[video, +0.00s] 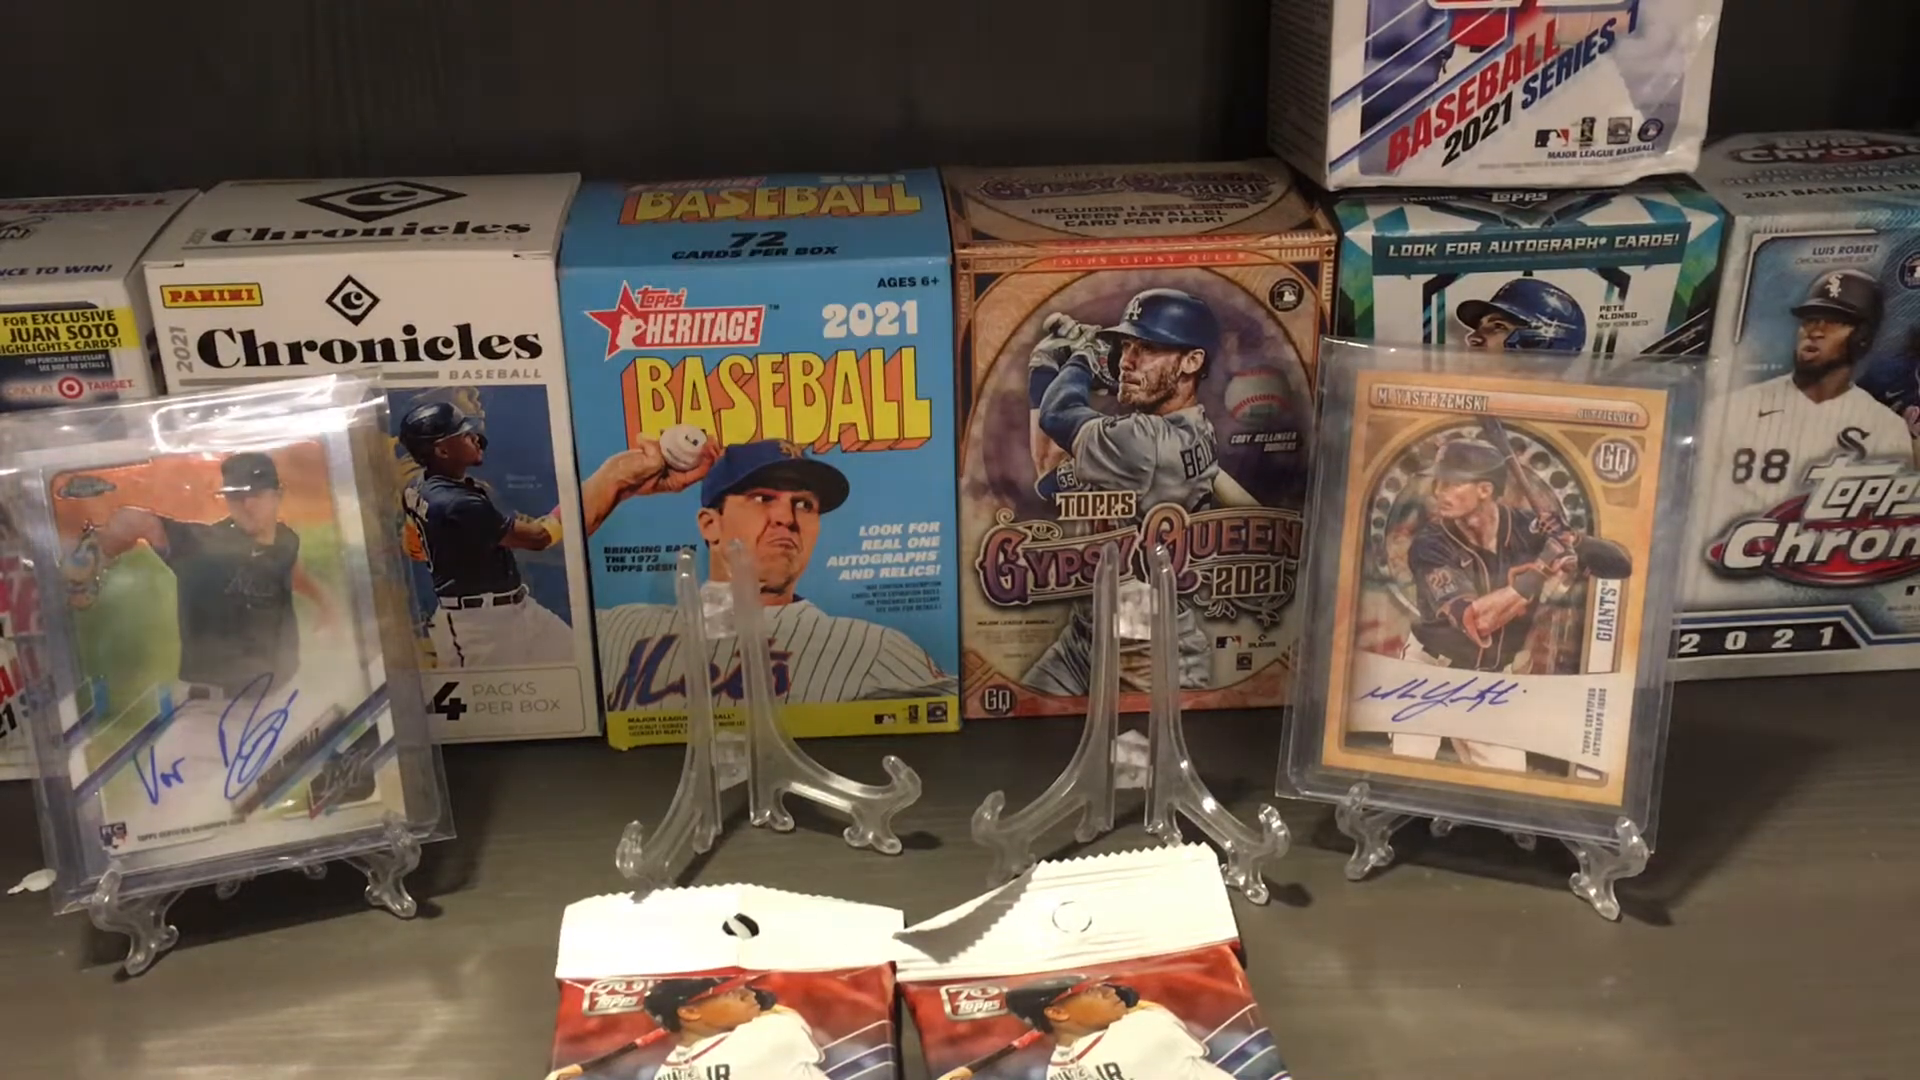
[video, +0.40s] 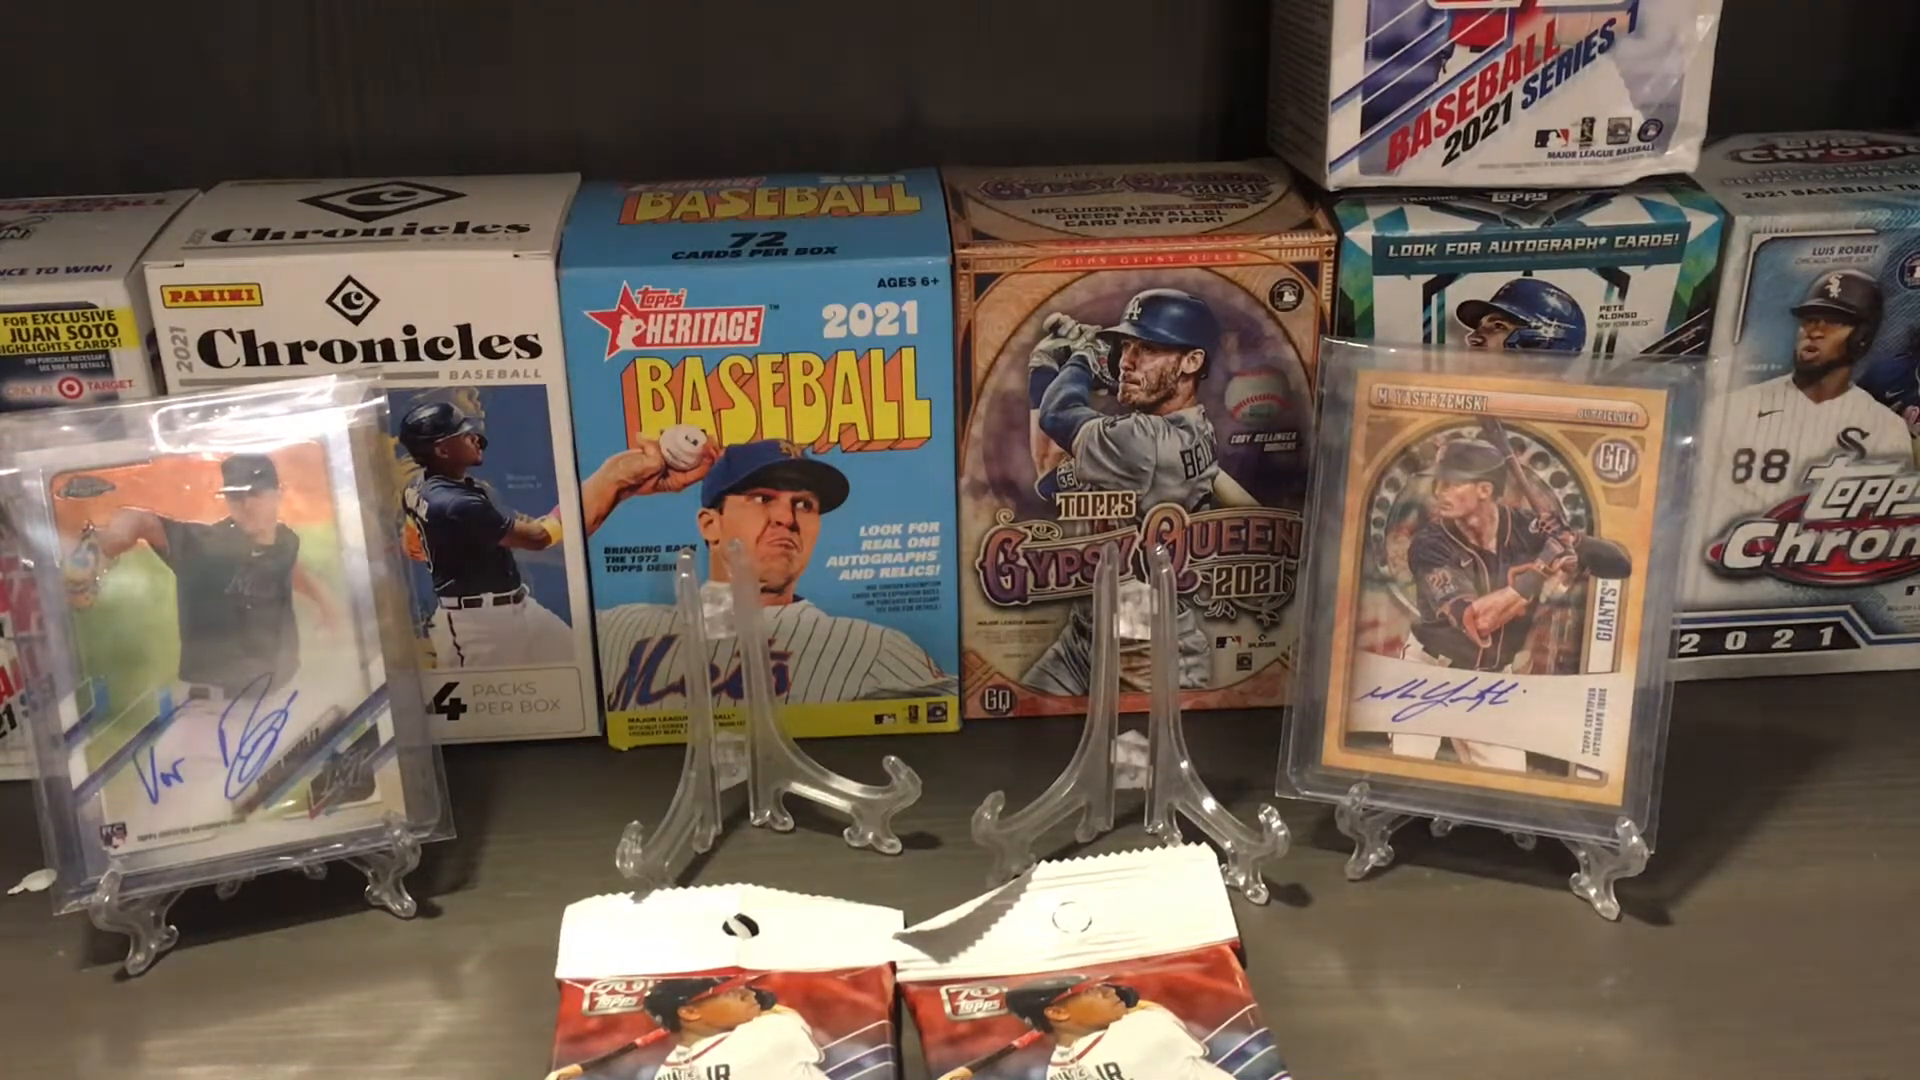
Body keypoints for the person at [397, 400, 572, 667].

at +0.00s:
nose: (475, 436)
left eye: (469, 430)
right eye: (464, 433)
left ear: (442, 451)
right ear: (442, 449)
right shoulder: (461, 506)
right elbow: (538, 537)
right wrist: (571, 508)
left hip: (519, 609)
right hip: (474, 623)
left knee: (588, 662)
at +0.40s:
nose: (476, 436)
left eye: (470, 430)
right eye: (464, 433)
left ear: (442, 451)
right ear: (442, 449)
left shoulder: (421, 489)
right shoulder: (460, 506)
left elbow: (413, 545)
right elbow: (538, 537)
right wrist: (566, 514)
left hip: (520, 609)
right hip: (474, 622)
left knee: (587, 662)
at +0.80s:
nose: (476, 436)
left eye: (470, 430)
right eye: (465, 433)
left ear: (443, 451)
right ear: (442, 449)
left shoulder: (421, 489)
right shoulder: (460, 506)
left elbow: (413, 545)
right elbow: (538, 537)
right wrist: (568, 512)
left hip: (520, 609)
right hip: (474, 622)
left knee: (587, 663)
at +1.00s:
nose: (475, 436)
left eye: (470, 430)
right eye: (465, 433)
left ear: (442, 451)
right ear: (442, 450)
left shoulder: (420, 489)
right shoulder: (461, 506)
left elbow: (413, 545)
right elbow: (538, 537)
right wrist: (570, 509)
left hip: (520, 608)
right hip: (475, 622)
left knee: (587, 662)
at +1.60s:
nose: (476, 436)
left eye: (470, 430)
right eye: (465, 433)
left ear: (442, 451)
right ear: (442, 450)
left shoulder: (420, 489)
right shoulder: (459, 506)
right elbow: (538, 537)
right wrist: (571, 509)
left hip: (520, 609)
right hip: (474, 623)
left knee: (588, 664)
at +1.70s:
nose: (476, 436)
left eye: (470, 430)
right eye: (465, 433)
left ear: (442, 451)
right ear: (441, 449)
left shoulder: (419, 489)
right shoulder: (460, 506)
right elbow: (538, 537)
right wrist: (570, 509)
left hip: (520, 609)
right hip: (473, 622)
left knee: (588, 663)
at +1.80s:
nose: (476, 437)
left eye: (470, 431)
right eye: (465, 433)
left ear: (442, 451)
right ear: (441, 450)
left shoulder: (420, 490)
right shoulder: (460, 506)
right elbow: (538, 537)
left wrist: (541, 523)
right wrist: (568, 511)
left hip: (520, 609)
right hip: (474, 623)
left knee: (587, 663)